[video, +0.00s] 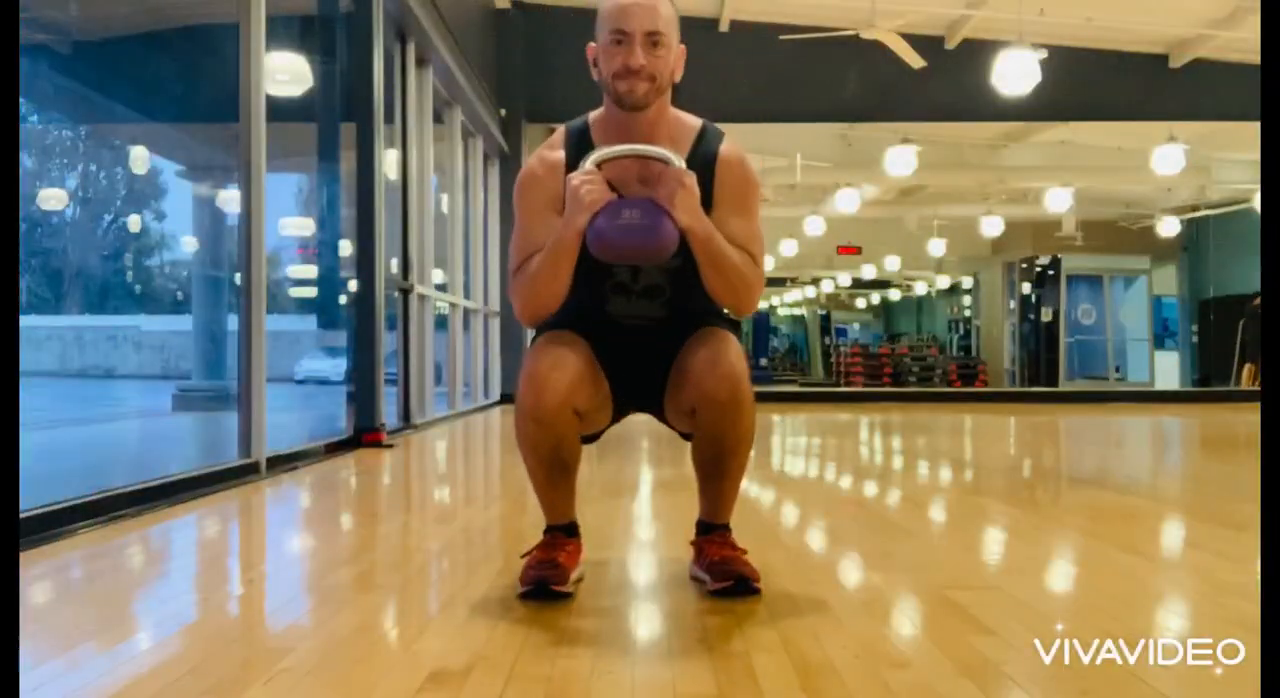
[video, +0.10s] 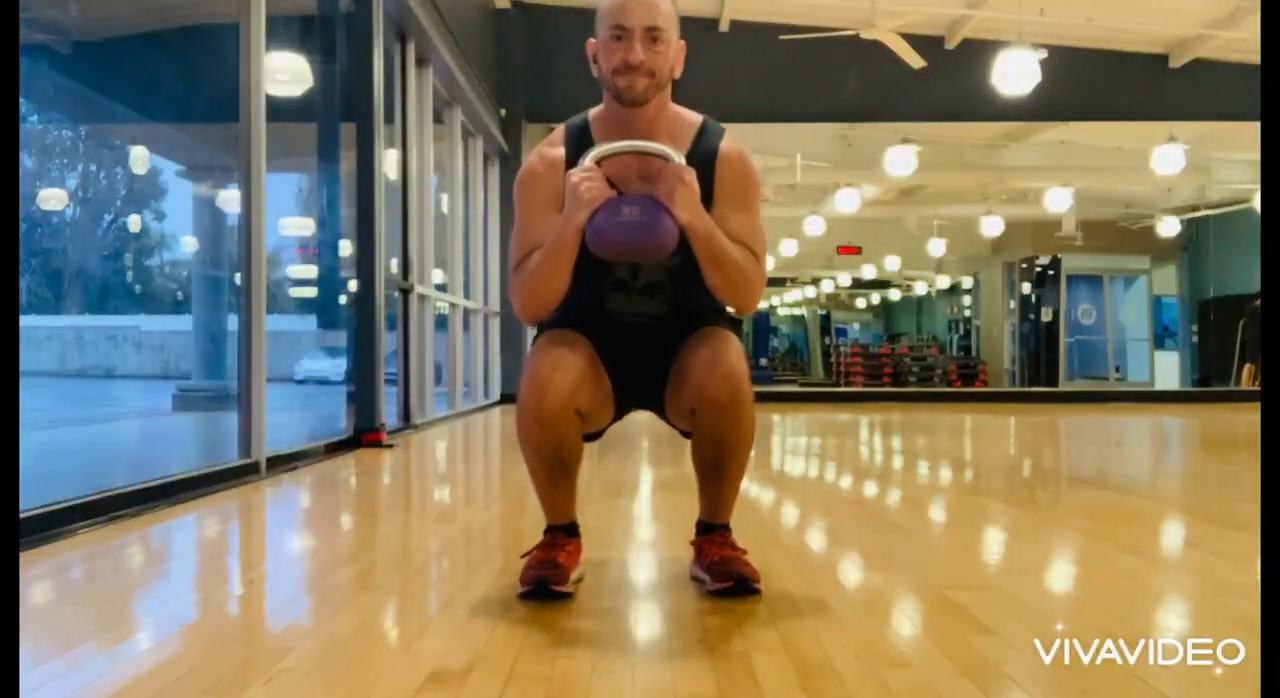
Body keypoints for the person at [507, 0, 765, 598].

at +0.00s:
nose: (635, 56)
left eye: (654, 42)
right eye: (618, 40)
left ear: (679, 59)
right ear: (593, 57)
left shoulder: (721, 159)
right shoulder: (549, 166)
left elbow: (744, 297)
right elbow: (530, 308)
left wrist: (694, 216)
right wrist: (571, 221)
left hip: (685, 353)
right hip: (587, 353)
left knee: (725, 372)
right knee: (543, 379)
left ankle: (716, 538)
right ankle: (558, 538)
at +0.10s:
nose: (635, 52)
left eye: (653, 38)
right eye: (618, 36)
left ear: (678, 55)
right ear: (593, 52)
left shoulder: (723, 158)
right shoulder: (549, 163)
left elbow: (746, 294)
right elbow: (530, 306)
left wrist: (693, 213)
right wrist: (571, 219)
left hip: (687, 350)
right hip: (588, 349)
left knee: (725, 372)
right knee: (545, 380)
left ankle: (716, 538)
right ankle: (559, 538)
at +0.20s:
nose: (637, 32)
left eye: (656, 17)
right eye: (621, 16)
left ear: (682, 39)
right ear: (596, 35)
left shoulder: (724, 136)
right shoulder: (552, 141)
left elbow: (747, 279)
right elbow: (530, 287)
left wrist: (695, 197)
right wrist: (571, 202)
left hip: (689, 326)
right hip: (588, 326)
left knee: (722, 377)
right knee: (549, 382)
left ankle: (715, 538)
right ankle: (559, 538)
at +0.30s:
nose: (643, 2)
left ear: (688, 9)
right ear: (604, 7)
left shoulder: (732, 110)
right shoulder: (556, 110)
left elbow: (748, 247)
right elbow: (529, 252)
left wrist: (697, 158)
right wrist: (576, 165)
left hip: (693, 298)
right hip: (590, 297)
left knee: (718, 380)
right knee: (553, 386)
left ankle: (715, 538)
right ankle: (559, 537)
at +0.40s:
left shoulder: (741, 72)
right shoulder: (562, 67)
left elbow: (755, 207)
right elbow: (534, 208)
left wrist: (703, 110)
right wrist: (586, 110)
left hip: (696, 271)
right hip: (593, 269)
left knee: (719, 380)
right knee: (553, 387)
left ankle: (714, 537)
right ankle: (559, 536)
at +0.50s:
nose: (663, 3)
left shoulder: (751, 22)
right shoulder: (571, 20)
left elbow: (766, 158)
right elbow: (542, 160)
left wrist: (714, 59)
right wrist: (596, 60)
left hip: (701, 236)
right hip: (597, 233)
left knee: (721, 378)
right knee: (556, 383)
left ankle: (714, 537)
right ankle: (559, 535)